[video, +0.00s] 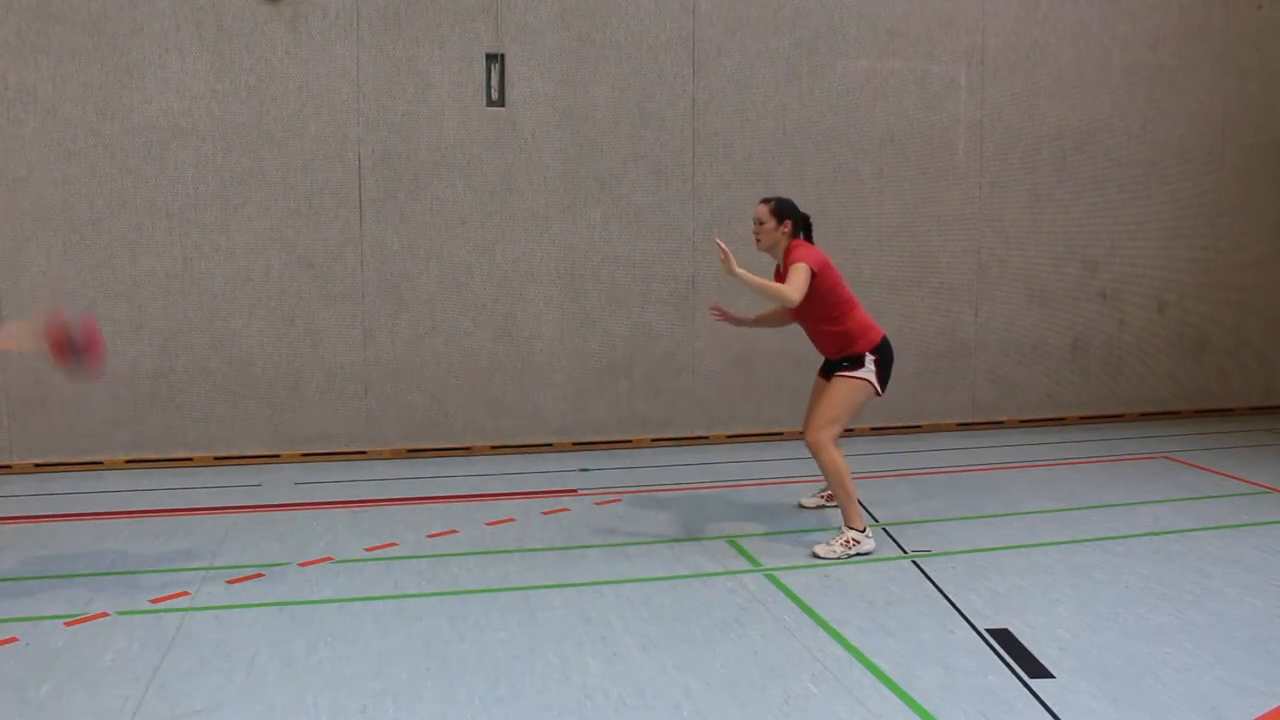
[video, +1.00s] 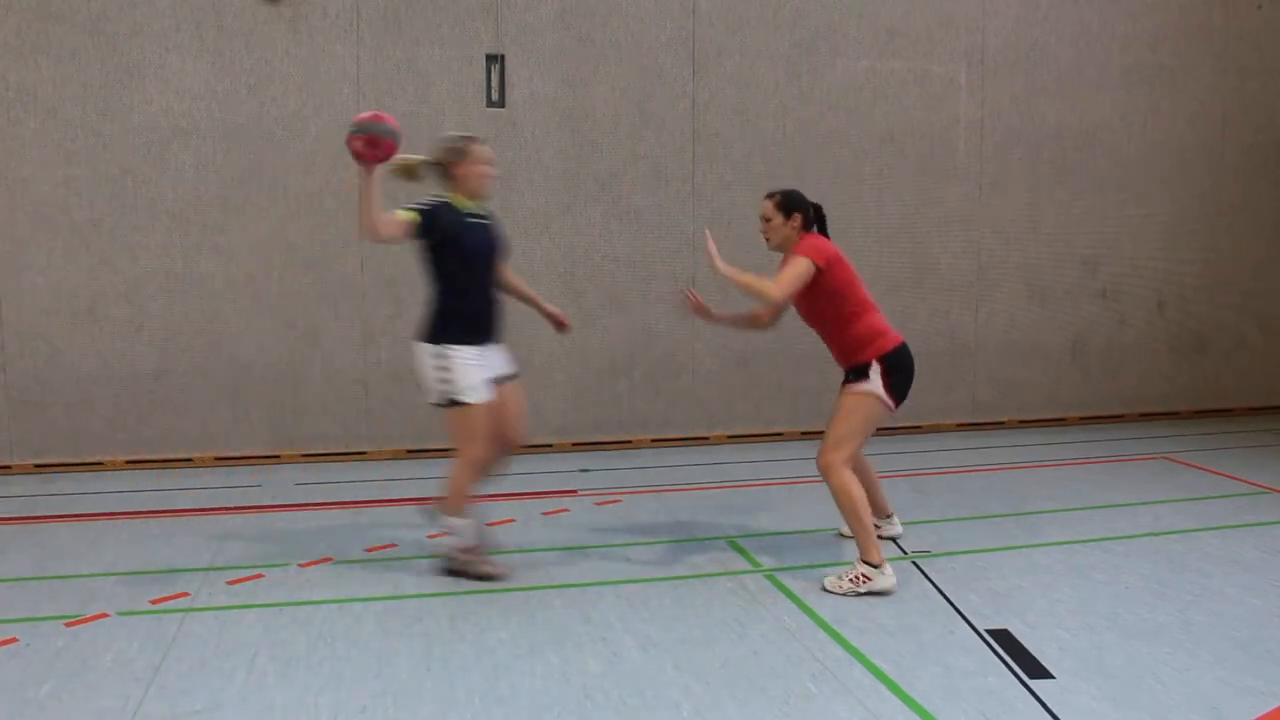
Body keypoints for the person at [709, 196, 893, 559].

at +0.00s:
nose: (753, 230)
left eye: (760, 223)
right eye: (754, 224)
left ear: (784, 226)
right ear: (779, 228)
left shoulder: (802, 254)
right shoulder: (786, 265)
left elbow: (792, 296)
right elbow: (792, 314)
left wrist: (738, 272)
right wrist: (745, 321)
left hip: (866, 355)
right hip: (838, 357)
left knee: (820, 437)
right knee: (813, 432)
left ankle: (857, 532)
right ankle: (840, 489)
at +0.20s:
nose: (753, 216)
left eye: (760, 209)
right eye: (753, 209)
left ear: (784, 210)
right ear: (782, 212)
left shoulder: (803, 235)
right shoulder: (794, 245)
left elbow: (796, 278)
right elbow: (798, 301)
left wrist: (739, 260)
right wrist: (750, 312)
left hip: (868, 337)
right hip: (851, 339)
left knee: (820, 427)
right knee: (818, 418)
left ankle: (854, 526)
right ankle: (853, 492)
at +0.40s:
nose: (756, 227)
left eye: (762, 220)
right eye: (756, 220)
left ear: (788, 221)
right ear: (787, 224)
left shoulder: (806, 250)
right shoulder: (799, 258)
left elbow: (794, 301)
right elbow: (801, 318)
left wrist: (735, 286)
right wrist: (753, 329)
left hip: (870, 356)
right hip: (855, 358)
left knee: (820, 447)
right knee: (829, 436)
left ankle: (854, 551)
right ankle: (859, 507)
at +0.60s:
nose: (755, 212)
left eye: (761, 203)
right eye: (755, 204)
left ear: (788, 204)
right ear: (788, 207)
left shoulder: (808, 232)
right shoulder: (805, 240)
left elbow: (802, 284)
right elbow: (811, 305)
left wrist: (741, 276)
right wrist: (763, 322)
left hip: (872, 341)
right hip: (862, 341)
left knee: (831, 443)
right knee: (840, 432)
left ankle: (853, 550)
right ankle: (869, 506)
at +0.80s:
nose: (761, 223)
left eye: (767, 214)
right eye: (761, 215)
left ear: (794, 215)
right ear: (792, 218)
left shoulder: (814, 245)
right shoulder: (804, 258)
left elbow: (807, 304)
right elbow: (813, 323)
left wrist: (746, 300)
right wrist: (767, 348)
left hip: (878, 357)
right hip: (861, 360)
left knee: (845, 459)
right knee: (830, 440)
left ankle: (877, 568)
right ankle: (877, 516)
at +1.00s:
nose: (762, 229)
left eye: (768, 221)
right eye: (761, 221)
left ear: (795, 221)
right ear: (791, 223)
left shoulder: (813, 247)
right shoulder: (797, 260)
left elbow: (777, 295)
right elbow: (768, 318)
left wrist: (724, 268)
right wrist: (714, 316)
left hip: (881, 362)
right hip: (867, 364)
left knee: (832, 462)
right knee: (843, 450)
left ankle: (874, 566)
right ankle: (883, 520)